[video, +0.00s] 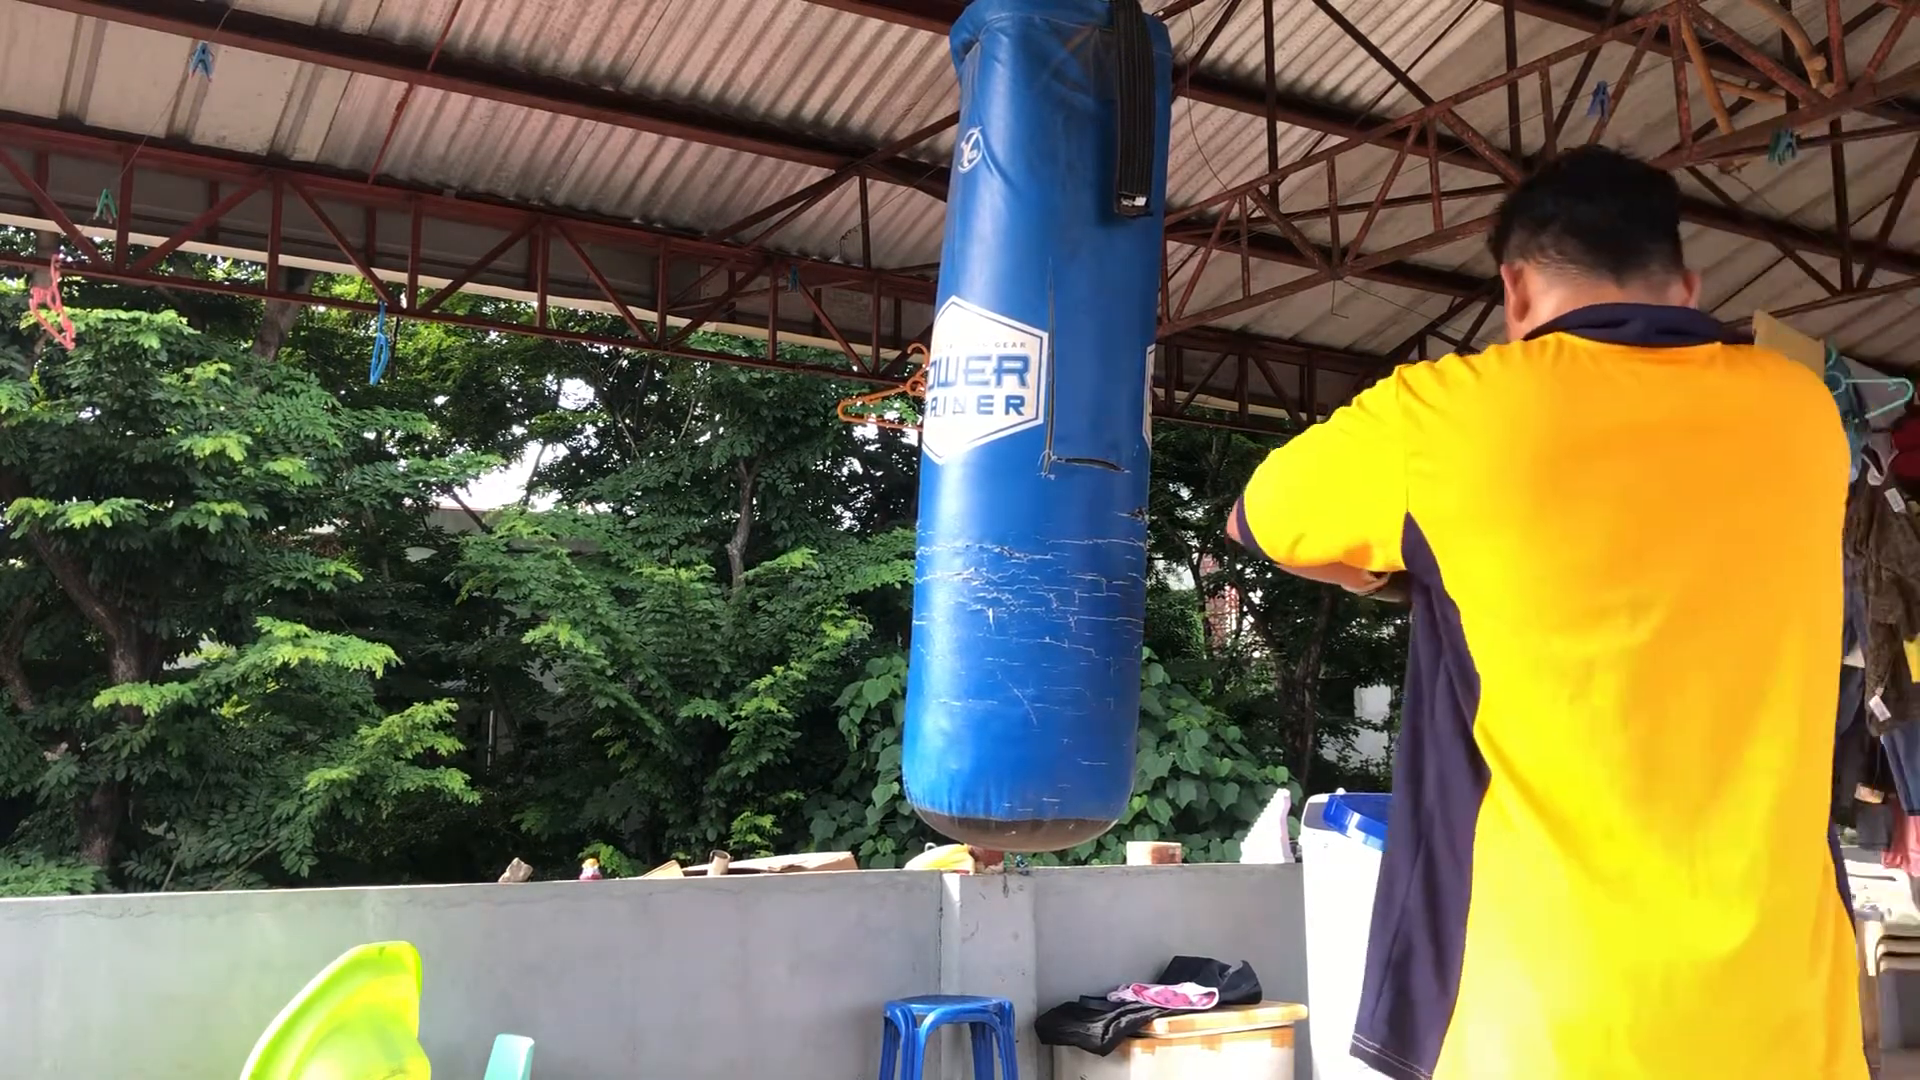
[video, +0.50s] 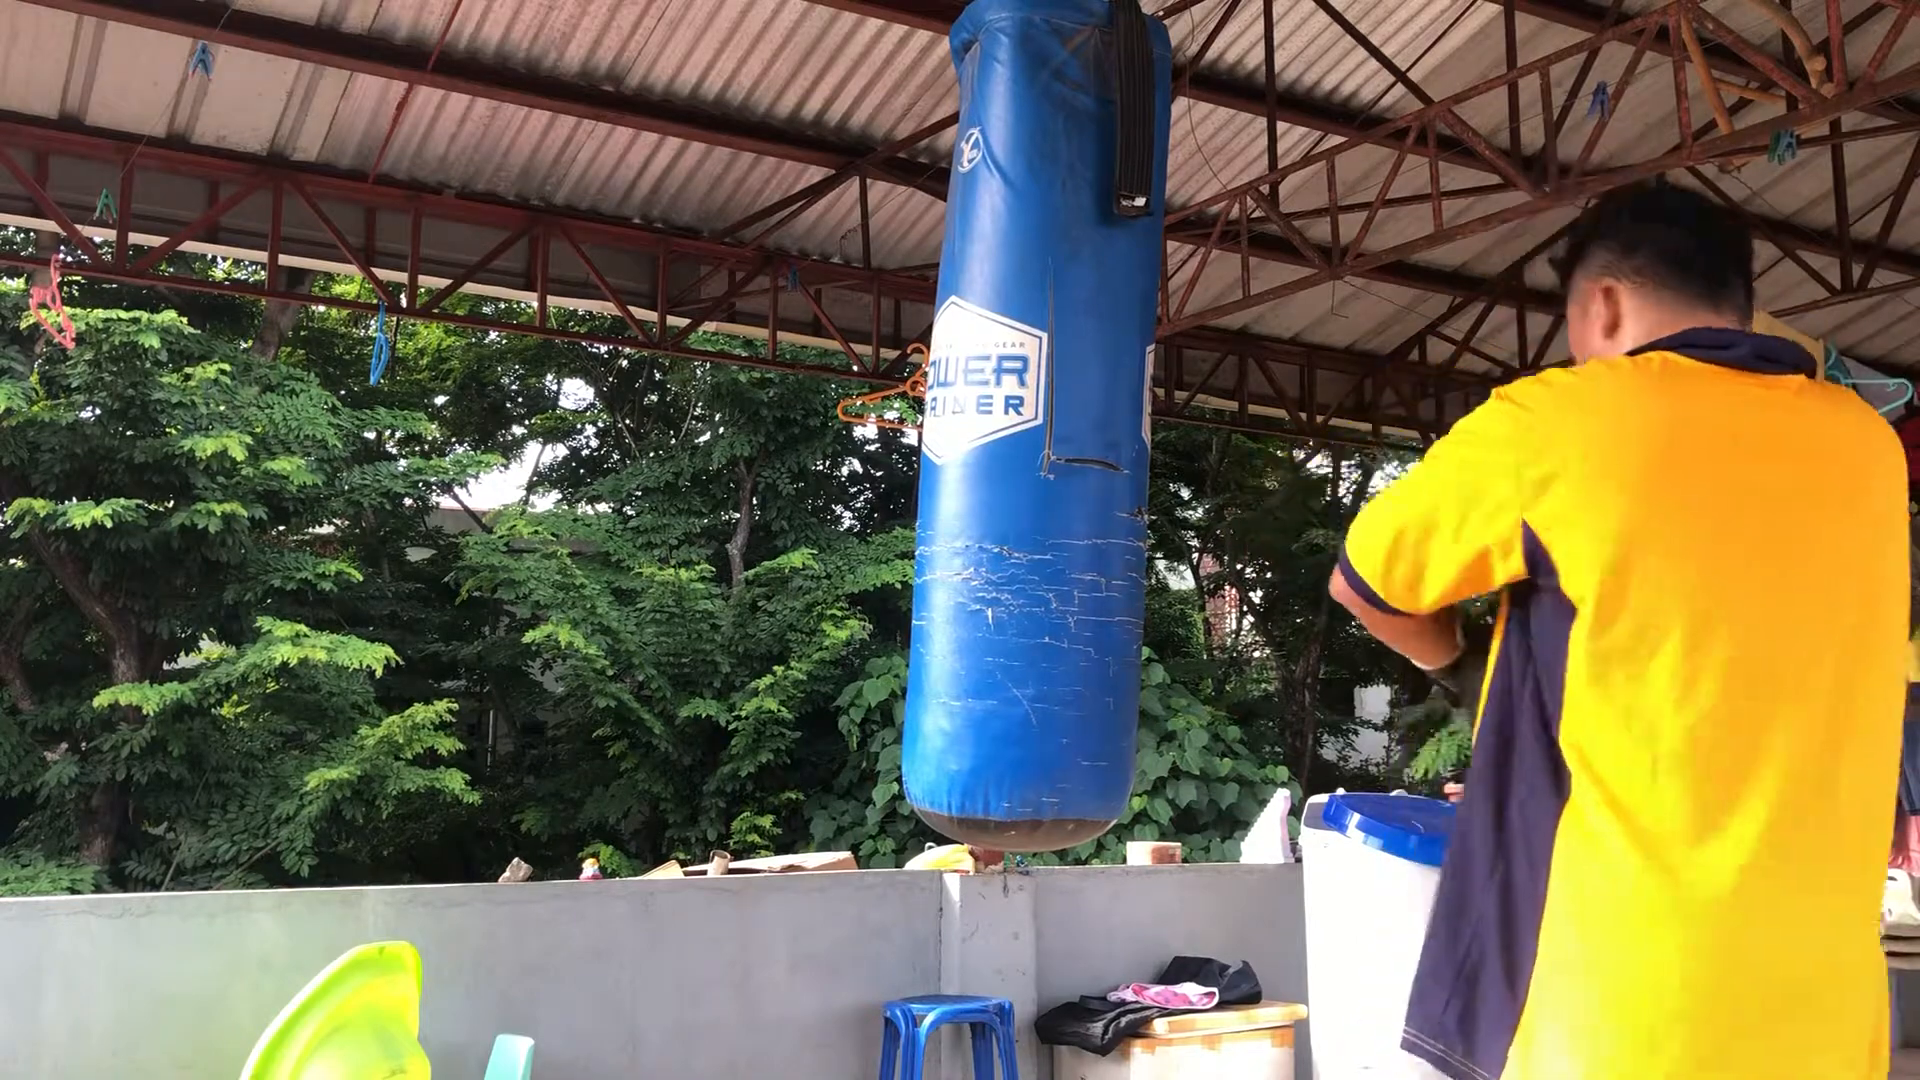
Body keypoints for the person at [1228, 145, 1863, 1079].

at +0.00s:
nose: (1501, 330)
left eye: (1497, 313)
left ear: (1517, 297)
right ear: (1689, 294)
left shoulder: (1443, 408)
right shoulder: (1806, 410)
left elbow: (1269, 521)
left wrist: (1437, 555)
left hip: (1533, 1029)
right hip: (1789, 1020)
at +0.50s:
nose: (1570, 355)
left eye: (1568, 329)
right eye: (1567, 333)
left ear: (1605, 307)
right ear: (1739, 312)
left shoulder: (1557, 414)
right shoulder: (1873, 445)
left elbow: (1367, 581)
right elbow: (1895, 674)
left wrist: (1457, 655)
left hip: (1604, 1019)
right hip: (1827, 1018)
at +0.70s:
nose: (1598, 390)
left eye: (1594, 353)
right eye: (1588, 362)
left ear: (1652, 310)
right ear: (1758, 317)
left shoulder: (1632, 428)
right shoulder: (1893, 464)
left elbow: (1475, 651)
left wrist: (1423, 622)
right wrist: (1553, 810)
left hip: (1683, 1015)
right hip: (1889, 1011)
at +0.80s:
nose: (1592, 394)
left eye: (1591, 353)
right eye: (1584, 363)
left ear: (1663, 313)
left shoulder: (1673, 431)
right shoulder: (1890, 470)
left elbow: (1581, 651)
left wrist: (1442, 651)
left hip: (1683, 1019)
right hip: (1878, 1013)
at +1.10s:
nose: (1543, 391)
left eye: (1543, 351)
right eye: (1533, 361)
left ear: (1630, 316)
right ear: (1638, 316)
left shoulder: (1658, 437)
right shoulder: (1811, 456)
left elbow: (1630, 662)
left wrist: (1496, 680)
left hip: (1662, 1011)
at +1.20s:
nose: (1503, 384)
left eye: (1504, 344)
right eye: (1494, 354)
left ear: (1590, 311)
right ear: (1600, 313)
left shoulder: (1629, 436)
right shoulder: (1765, 441)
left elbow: (1577, 666)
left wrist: (1447, 674)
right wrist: (1557, 785)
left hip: (1651, 1005)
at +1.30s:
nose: (1458, 388)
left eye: (1457, 348)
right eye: (1449, 359)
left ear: (1535, 308)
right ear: (1544, 307)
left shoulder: (1569, 431)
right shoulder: (1749, 443)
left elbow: (1514, 656)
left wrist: (1387, 648)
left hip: (1626, 1012)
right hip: (1789, 1000)